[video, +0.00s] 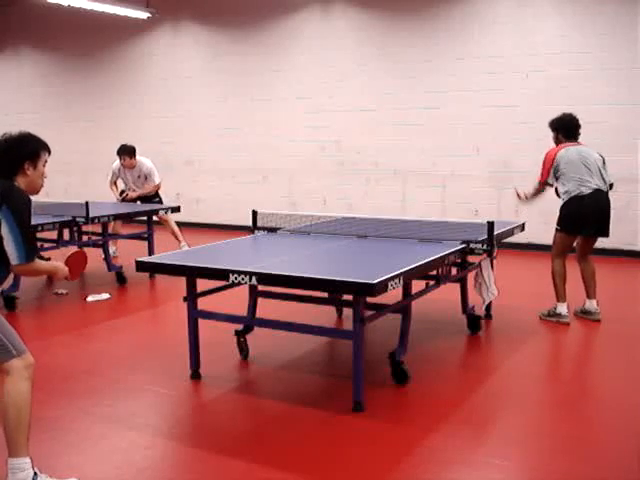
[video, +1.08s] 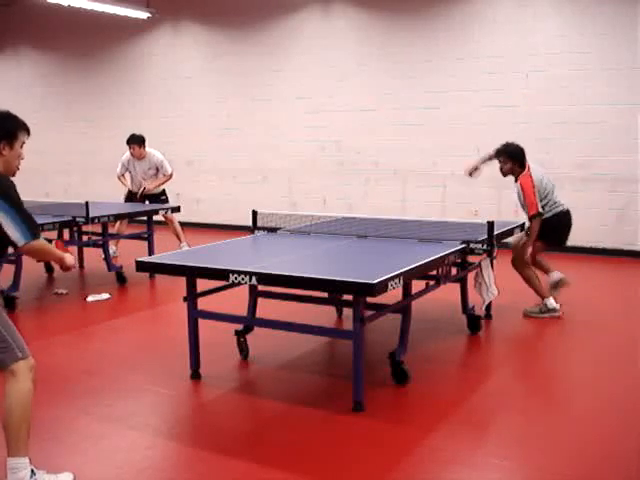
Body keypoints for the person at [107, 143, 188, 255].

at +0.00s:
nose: (121, 163)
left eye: (124, 160)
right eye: (120, 159)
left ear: (132, 158)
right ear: (119, 159)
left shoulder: (146, 165)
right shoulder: (117, 167)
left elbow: (156, 185)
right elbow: (112, 182)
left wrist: (136, 194)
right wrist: (118, 195)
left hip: (149, 195)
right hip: (130, 194)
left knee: (162, 216)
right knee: (117, 218)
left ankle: (182, 243)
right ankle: (113, 247)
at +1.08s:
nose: (131, 151)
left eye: (133, 148)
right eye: (130, 148)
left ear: (142, 147)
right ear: (129, 148)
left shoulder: (155, 157)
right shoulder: (127, 158)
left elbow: (169, 174)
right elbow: (120, 174)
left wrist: (152, 186)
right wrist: (128, 186)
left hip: (156, 193)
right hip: (134, 193)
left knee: (169, 216)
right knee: (122, 218)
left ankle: (183, 244)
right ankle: (113, 247)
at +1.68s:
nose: (127, 142)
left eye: (130, 139)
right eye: (126, 139)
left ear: (138, 139)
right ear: (124, 138)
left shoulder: (149, 154)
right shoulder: (119, 150)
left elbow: (155, 174)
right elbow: (107, 166)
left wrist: (144, 182)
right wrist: (117, 178)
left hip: (140, 192)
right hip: (120, 192)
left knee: (152, 220)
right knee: (111, 221)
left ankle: (165, 248)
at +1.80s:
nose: (134, 156)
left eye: (137, 153)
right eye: (132, 153)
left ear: (143, 153)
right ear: (129, 153)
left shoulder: (151, 168)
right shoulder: (123, 165)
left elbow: (162, 187)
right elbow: (114, 184)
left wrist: (167, 200)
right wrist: (131, 192)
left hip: (142, 204)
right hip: (122, 203)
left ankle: (160, 251)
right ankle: (94, 248)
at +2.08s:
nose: (148, 160)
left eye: (150, 156)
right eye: (144, 158)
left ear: (153, 155)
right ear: (139, 159)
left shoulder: (160, 165)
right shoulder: (135, 167)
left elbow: (174, 178)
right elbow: (127, 185)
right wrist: (138, 198)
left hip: (157, 200)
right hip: (141, 201)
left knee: (155, 220)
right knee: (117, 223)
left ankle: (165, 252)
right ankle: (97, 247)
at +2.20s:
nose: (146, 153)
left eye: (148, 150)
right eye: (143, 151)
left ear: (153, 146)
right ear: (141, 150)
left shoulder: (163, 154)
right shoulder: (141, 160)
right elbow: (131, 177)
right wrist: (128, 175)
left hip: (165, 195)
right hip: (147, 194)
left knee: (156, 219)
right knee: (126, 218)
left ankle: (165, 250)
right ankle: (121, 242)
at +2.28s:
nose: (143, 149)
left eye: (146, 145)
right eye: (141, 146)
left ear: (153, 144)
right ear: (140, 146)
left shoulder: (164, 151)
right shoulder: (141, 154)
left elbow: (163, 162)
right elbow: (135, 163)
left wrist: (138, 158)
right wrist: (126, 166)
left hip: (168, 191)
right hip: (152, 190)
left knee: (164, 219)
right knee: (133, 217)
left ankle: (168, 250)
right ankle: (133, 244)